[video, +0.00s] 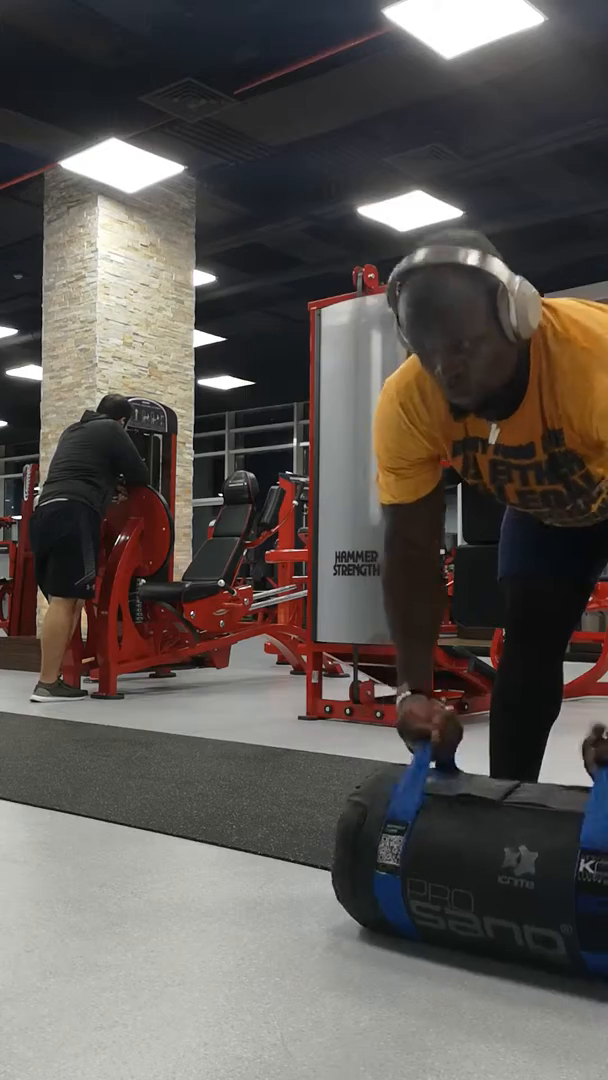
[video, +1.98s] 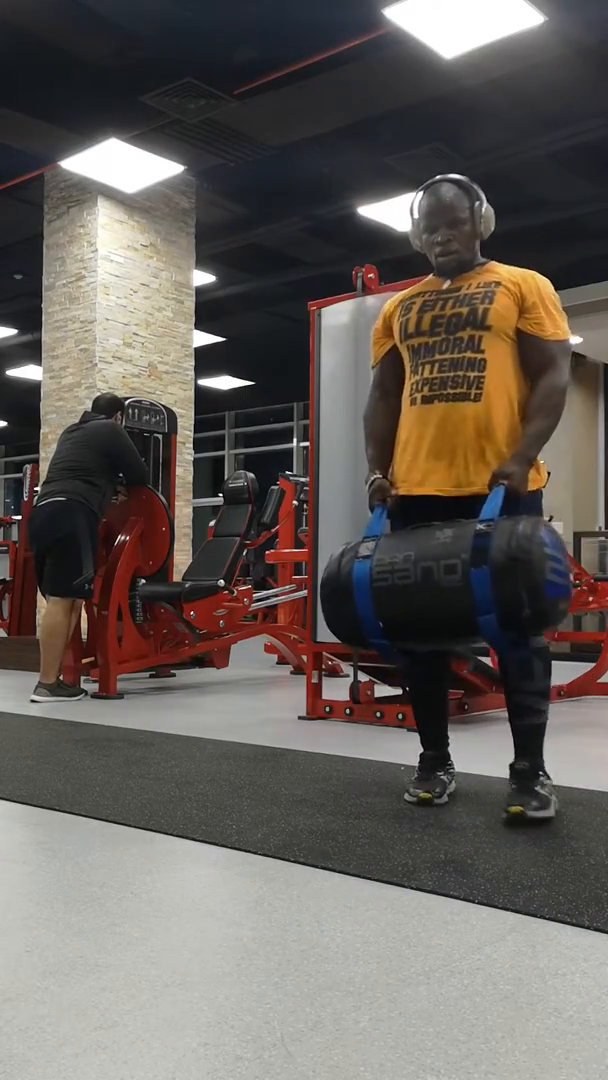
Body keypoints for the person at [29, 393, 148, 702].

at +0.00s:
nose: (126, 427)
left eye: (126, 423)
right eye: (127, 423)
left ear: (99, 414)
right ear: (122, 419)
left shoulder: (71, 431)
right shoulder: (113, 430)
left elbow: (74, 471)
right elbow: (140, 478)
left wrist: (109, 486)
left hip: (45, 511)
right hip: (70, 510)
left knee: (70, 602)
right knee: (62, 601)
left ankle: (54, 678)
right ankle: (47, 682)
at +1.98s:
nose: (123, 424)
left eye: (122, 420)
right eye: (123, 419)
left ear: (93, 413)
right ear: (118, 417)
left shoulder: (70, 431)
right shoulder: (111, 430)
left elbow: (75, 472)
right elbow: (141, 478)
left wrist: (110, 487)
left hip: (42, 511)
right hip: (68, 511)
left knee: (68, 601)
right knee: (59, 601)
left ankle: (54, 679)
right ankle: (47, 682)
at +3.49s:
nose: (121, 424)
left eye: (121, 420)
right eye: (122, 419)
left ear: (91, 413)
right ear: (116, 417)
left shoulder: (69, 431)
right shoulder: (111, 431)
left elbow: (75, 470)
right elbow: (140, 478)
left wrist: (109, 486)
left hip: (41, 512)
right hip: (69, 511)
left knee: (60, 601)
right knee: (63, 601)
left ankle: (52, 679)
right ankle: (48, 682)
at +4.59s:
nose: (121, 424)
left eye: (120, 420)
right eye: (121, 419)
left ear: (92, 412)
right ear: (116, 417)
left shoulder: (69, 431)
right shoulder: (111, 430)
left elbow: (75, 470)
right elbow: (140, 478)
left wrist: (109, 484)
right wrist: (110, 471)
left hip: (42, 512)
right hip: (70, 511)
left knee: (62, 601)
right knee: (64, 601)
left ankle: (51, 679)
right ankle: (48, 682)